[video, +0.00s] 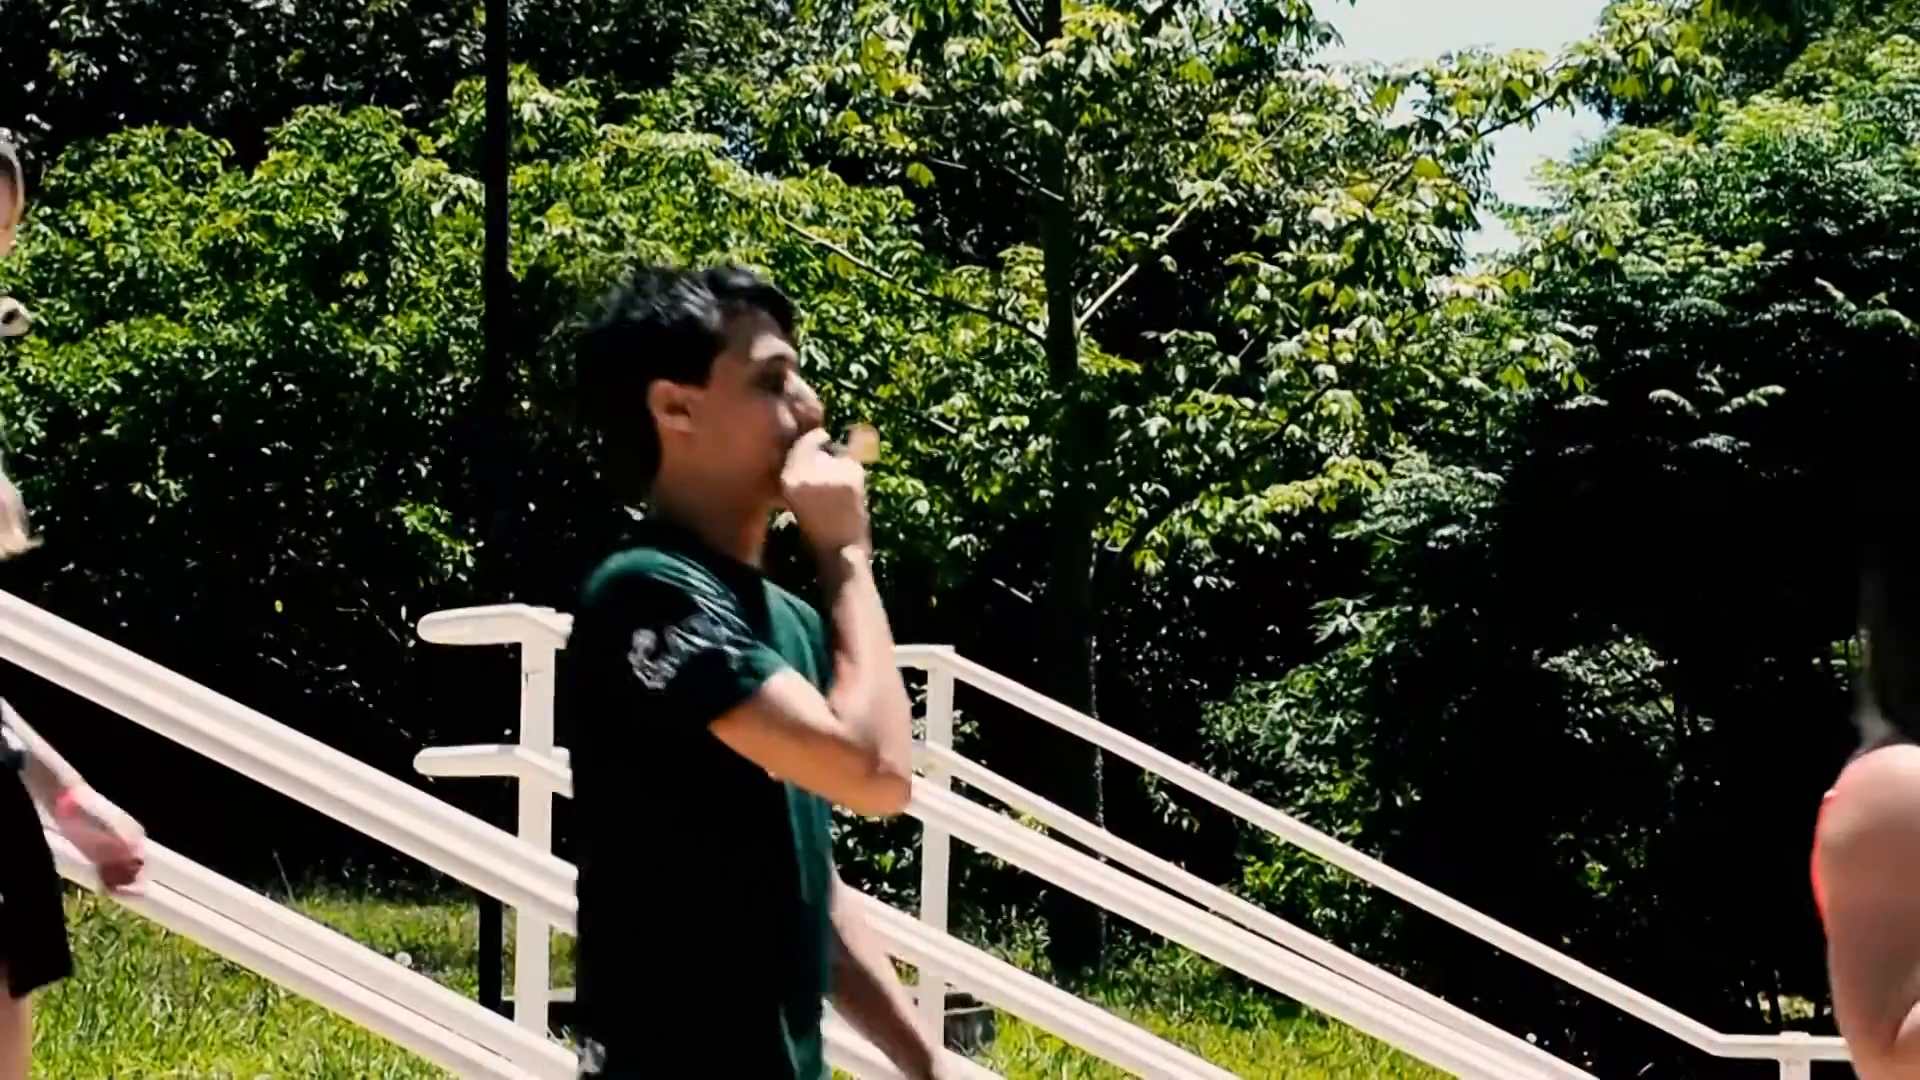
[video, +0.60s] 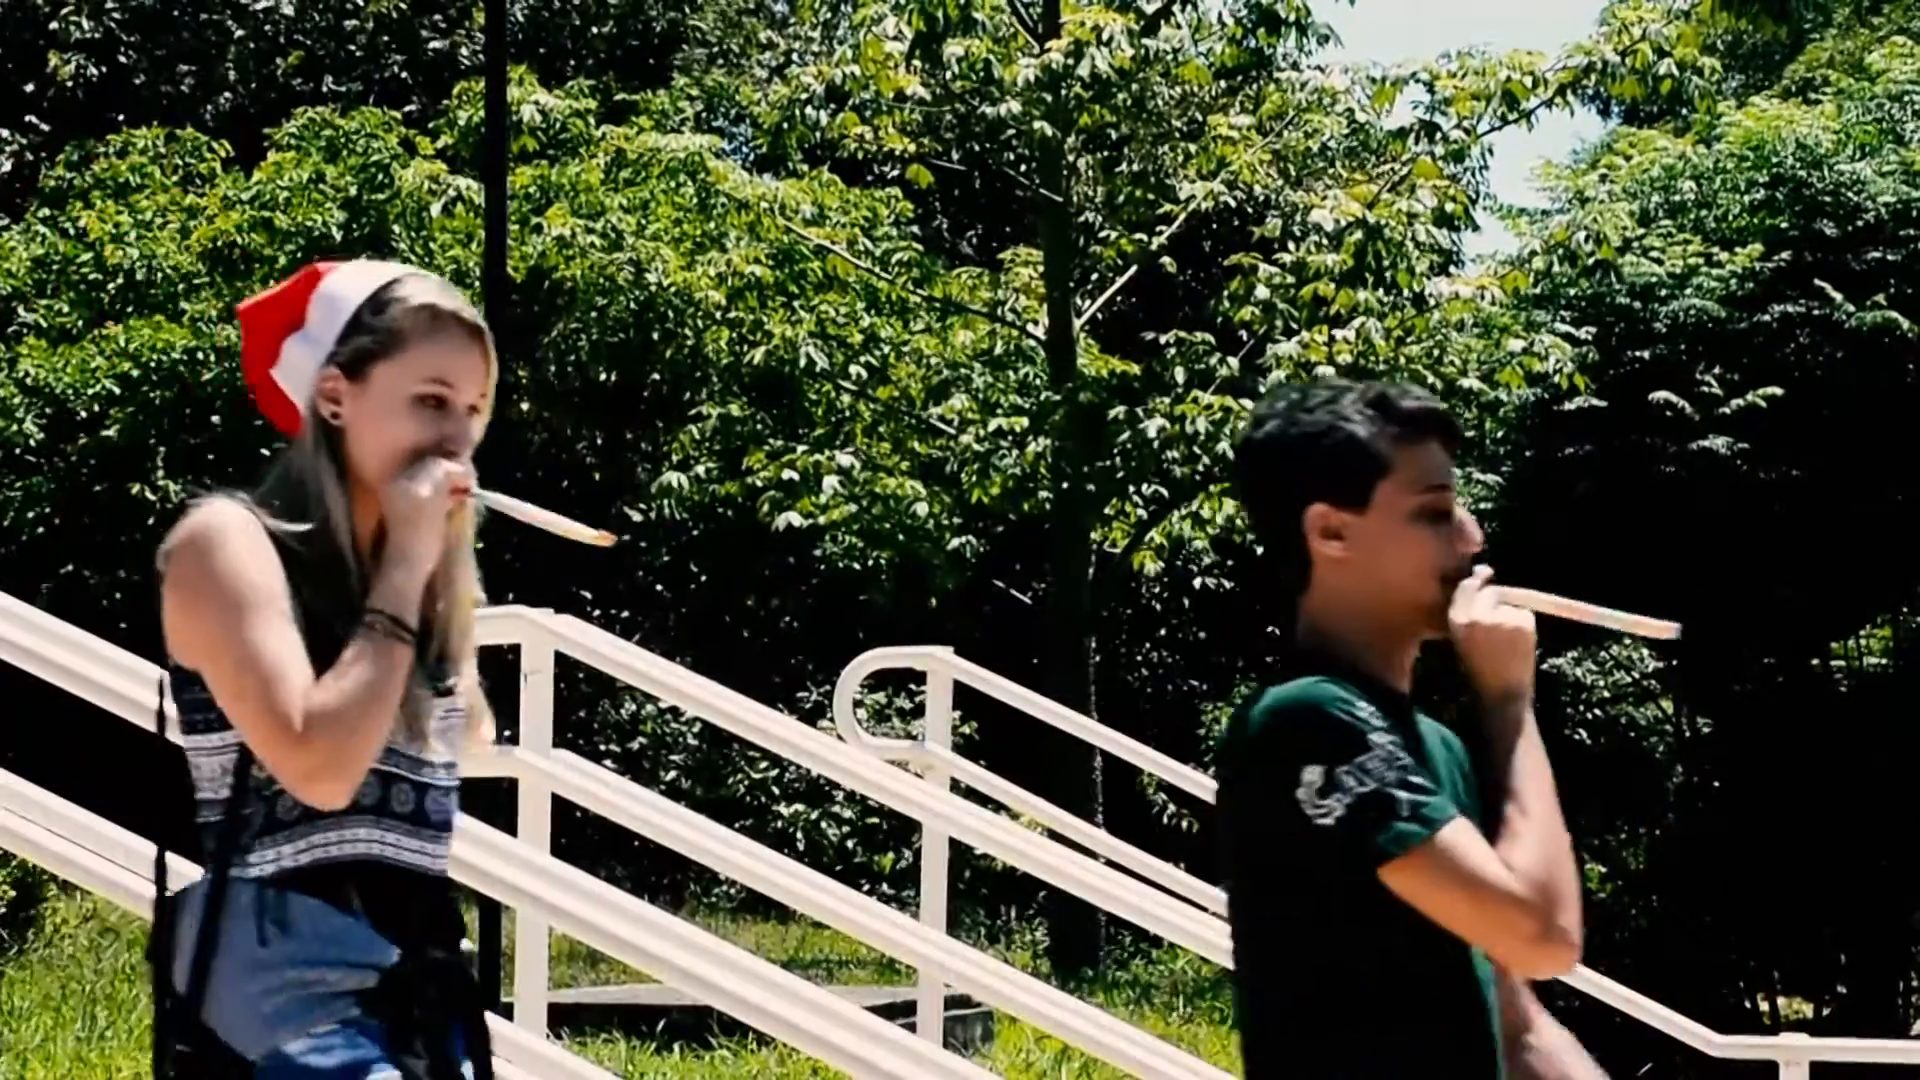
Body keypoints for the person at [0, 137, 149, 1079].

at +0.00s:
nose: (11, 269)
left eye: (11, 242)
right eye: (9, 241)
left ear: (15, 225)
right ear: (6, 222)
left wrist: (57, 783)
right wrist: (60, 785)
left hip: (1, 811)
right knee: (11, 1042)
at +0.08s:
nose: (36, 305)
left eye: (53, 285)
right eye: (14, 270)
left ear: (63, 297)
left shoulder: (24, 473)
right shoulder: (4, 469)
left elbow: (21, 705)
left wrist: (135, 821)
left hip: (53, 840)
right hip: (1, 838)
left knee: (87, 1061)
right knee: (21, 1053)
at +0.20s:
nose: (130, 325)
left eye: (148, 303)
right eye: (106, 285)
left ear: (157, 314)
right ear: (18, 265)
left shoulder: (97, 466)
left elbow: (85, 734)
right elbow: (2, 629)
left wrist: (167, 901)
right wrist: (69, 445)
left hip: (104, 861)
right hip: (16, 865)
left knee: (223, 1060)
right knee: (54, 1061)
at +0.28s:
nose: (200, 335)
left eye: (217, 314)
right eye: (177, 295)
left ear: (226, 328)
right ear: (84, 277)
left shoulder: (171, 476)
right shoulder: (11, 419)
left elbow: (140, 708)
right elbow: (45, 637)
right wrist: (144, 446)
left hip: (154, 883)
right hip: (31, 887)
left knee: (269, 1062)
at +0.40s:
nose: (297, 375)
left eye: (314, 353)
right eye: (271, 337)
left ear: (325, 362)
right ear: (178, 322)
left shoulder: (260, 509)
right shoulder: (58, 464)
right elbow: (148, 688)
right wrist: (243, 496)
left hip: (243, 881)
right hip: (120, 881)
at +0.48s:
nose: (367, 414)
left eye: (382, 386)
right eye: (338, 376)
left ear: (394, 393)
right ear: (244, 367)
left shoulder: (341, 547)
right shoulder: (131, 514)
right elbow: (226, 739)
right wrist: (311, 539)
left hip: (334, 949)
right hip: (201, 953)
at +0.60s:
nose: (460, 439)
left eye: (474, 412)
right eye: (431, 402)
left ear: (486, 420)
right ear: (336, 394)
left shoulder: (415, 564)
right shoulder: (221, 540)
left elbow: (468, 737)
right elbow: (318, 764)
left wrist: (450, 562)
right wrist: (407, 565)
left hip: (420, 973)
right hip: (287, 974)